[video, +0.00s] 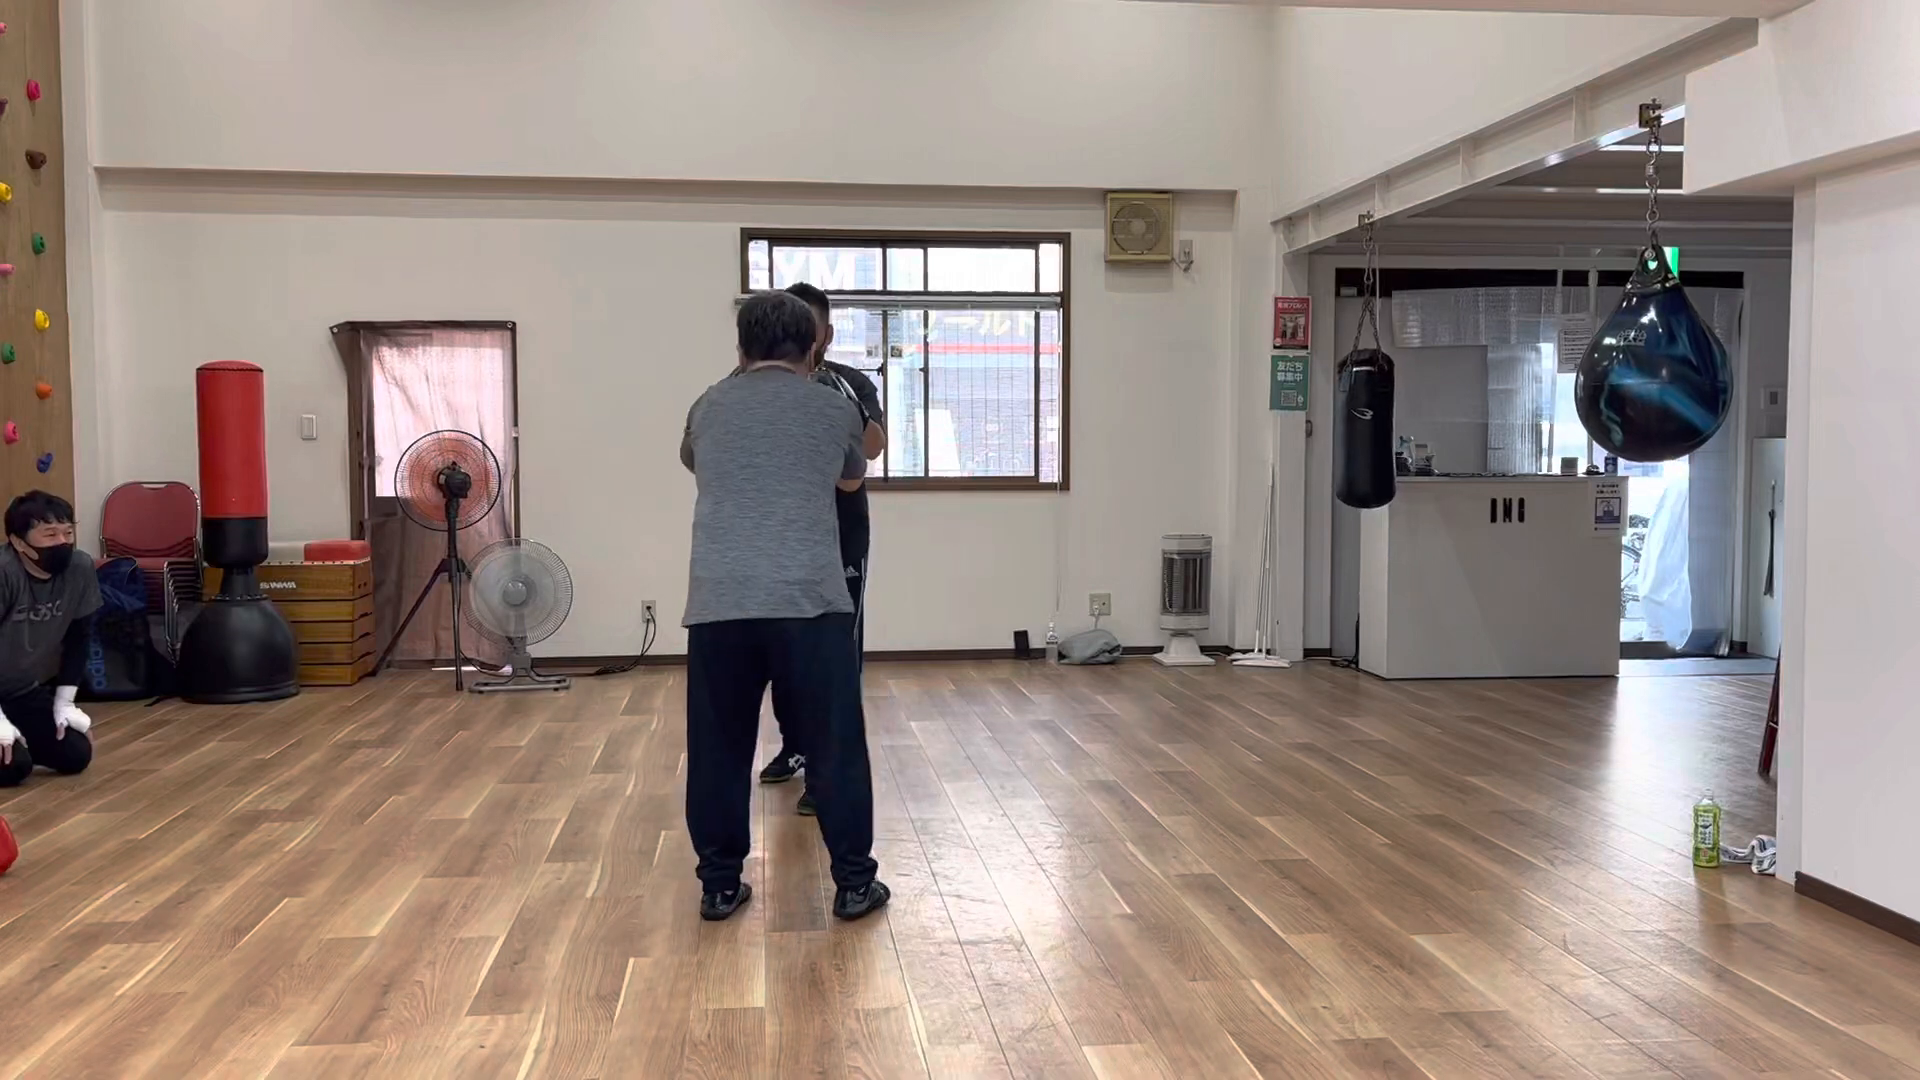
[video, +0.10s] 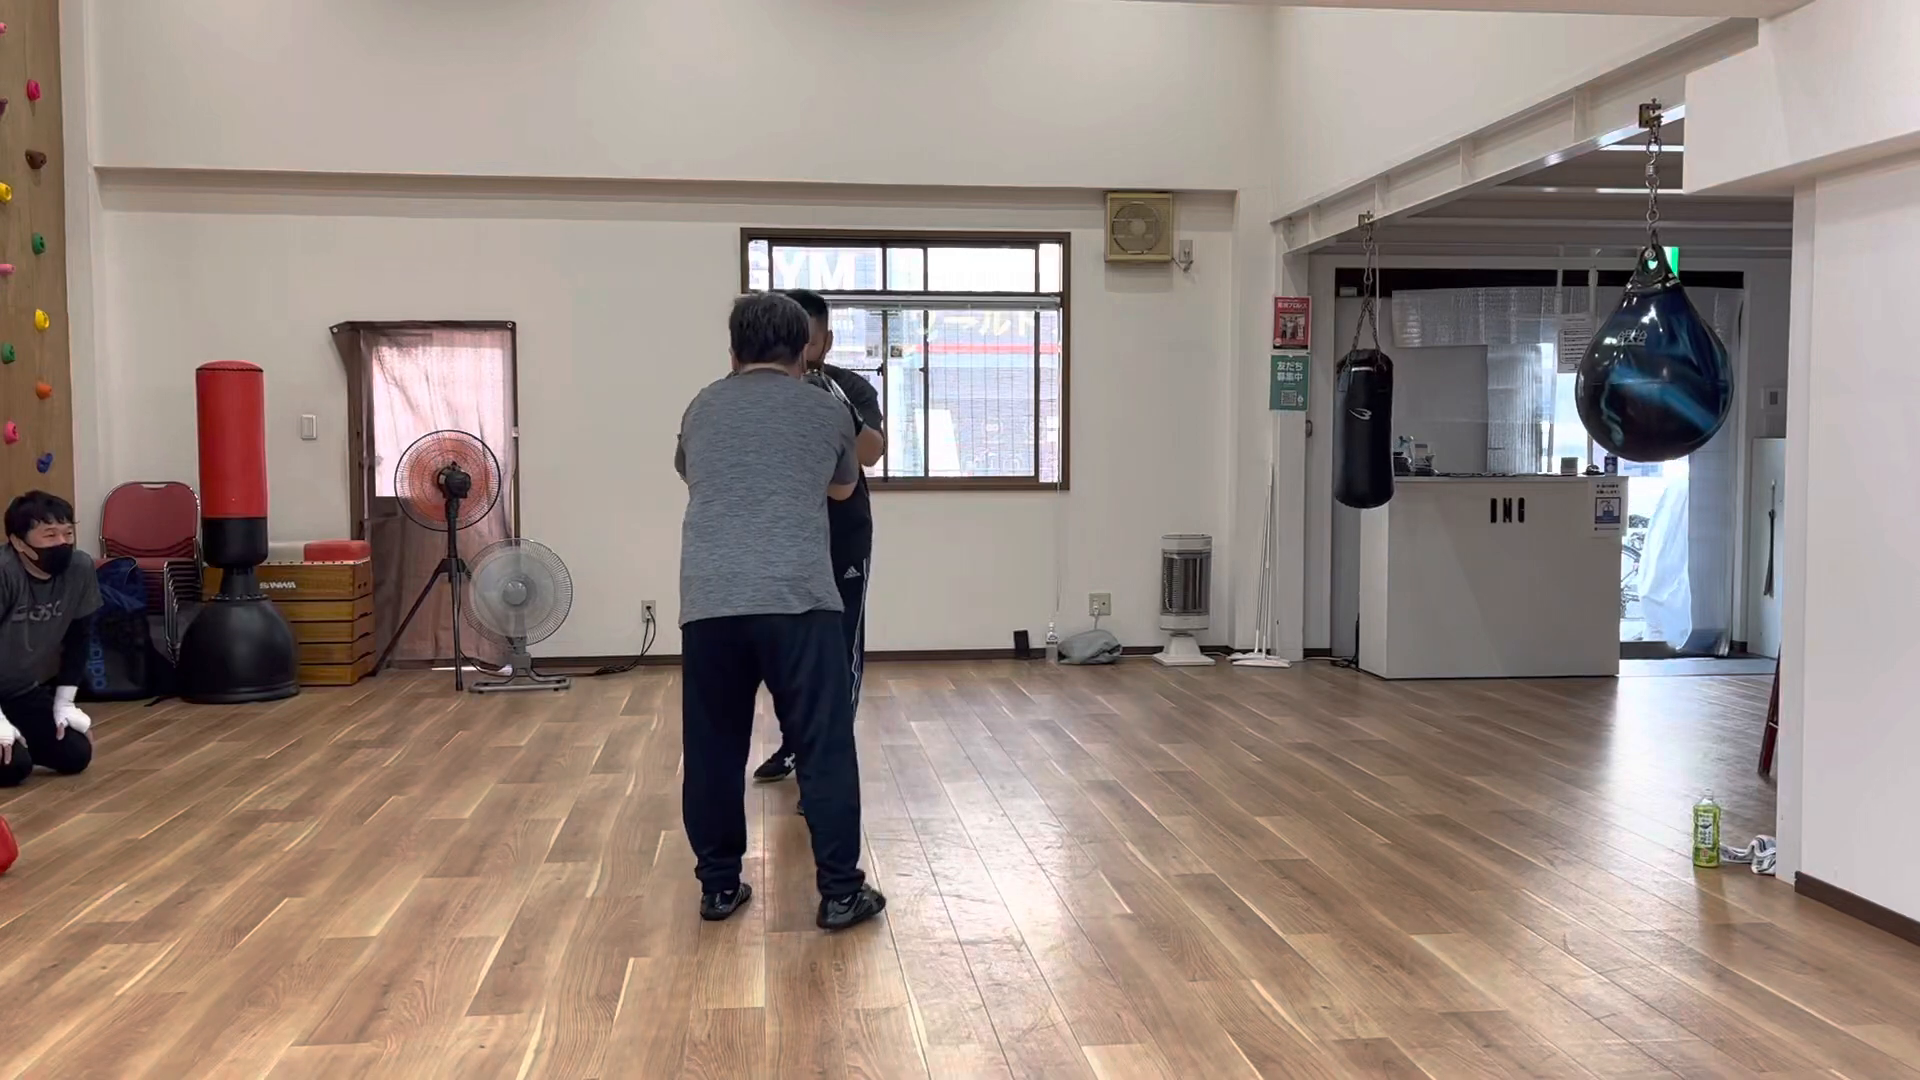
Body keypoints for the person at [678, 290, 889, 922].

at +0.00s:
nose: (819, 354)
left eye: (817, 343)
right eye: (815, 344)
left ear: (743, 345)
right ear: (806, 346)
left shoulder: (709, 403)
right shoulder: (834, 402)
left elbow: (695, 463)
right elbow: (851, 478)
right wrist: (786, 463)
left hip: (718, 606)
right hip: (811, 604)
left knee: (717, 746)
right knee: (835, 742)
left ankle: (720, 885)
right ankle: (853, 882)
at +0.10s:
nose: (812, 359)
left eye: (810, 349)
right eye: (808, 349)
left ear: (735, 348)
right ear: (798, 348)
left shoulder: (702, 405)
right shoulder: (826, 403)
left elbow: (690, 472)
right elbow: (843, 486)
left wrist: (762, 469)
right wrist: (778, 470)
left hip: (709, 601)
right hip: (800, 598)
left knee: (712, 744)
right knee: (825, 741)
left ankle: (719, 886)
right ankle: (839, 890)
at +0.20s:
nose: (810, 353)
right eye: (806, 343)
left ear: (731, 344)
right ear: (796, 344)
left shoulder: (700, 404)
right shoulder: (823, 404)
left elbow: (689, 479)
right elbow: (837, 493)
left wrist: (765, 473)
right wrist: (770, 476)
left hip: (706, 603)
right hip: (795, 600)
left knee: (711, 743)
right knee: (821, 745)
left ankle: (718, 886)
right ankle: (830, 898)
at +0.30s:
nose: (808, 343)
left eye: (805, 330)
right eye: (804, 332)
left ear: (729, 337)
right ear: (793, 337)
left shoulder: (696, 404)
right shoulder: (826, 404)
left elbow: (693, 482)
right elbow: (831, 492)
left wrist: (790, 487)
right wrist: (754, 487)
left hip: (704, 606)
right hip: (794, 604)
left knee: (711, 748)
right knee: (814, 753)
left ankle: (717, 886)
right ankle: (813, 907)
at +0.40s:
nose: (814, 337)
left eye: (811, 325)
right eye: (809, 326)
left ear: (731, 334)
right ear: (797, 333)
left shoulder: (699, 405)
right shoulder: (828, 403)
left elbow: (700, 481)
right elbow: (842, 486)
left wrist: (796, 484)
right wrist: (764, 489)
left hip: (707, 612)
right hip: (796, 611)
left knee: (714, 750)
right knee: (803, 761)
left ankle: (717, 885)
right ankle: (795, 917)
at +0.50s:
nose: (821, 343)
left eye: (818, 334)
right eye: (819, 334)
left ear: (742, 338)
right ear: (812, 338)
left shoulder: (709, 405)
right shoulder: (838, 406)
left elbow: (707, 484)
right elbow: (852, 493)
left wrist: (807, 492)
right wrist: (773, 494)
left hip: (712, 618)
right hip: (803, 620)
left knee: (718, 748)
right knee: (808, 767)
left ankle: (717, 880)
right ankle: (796, 923)